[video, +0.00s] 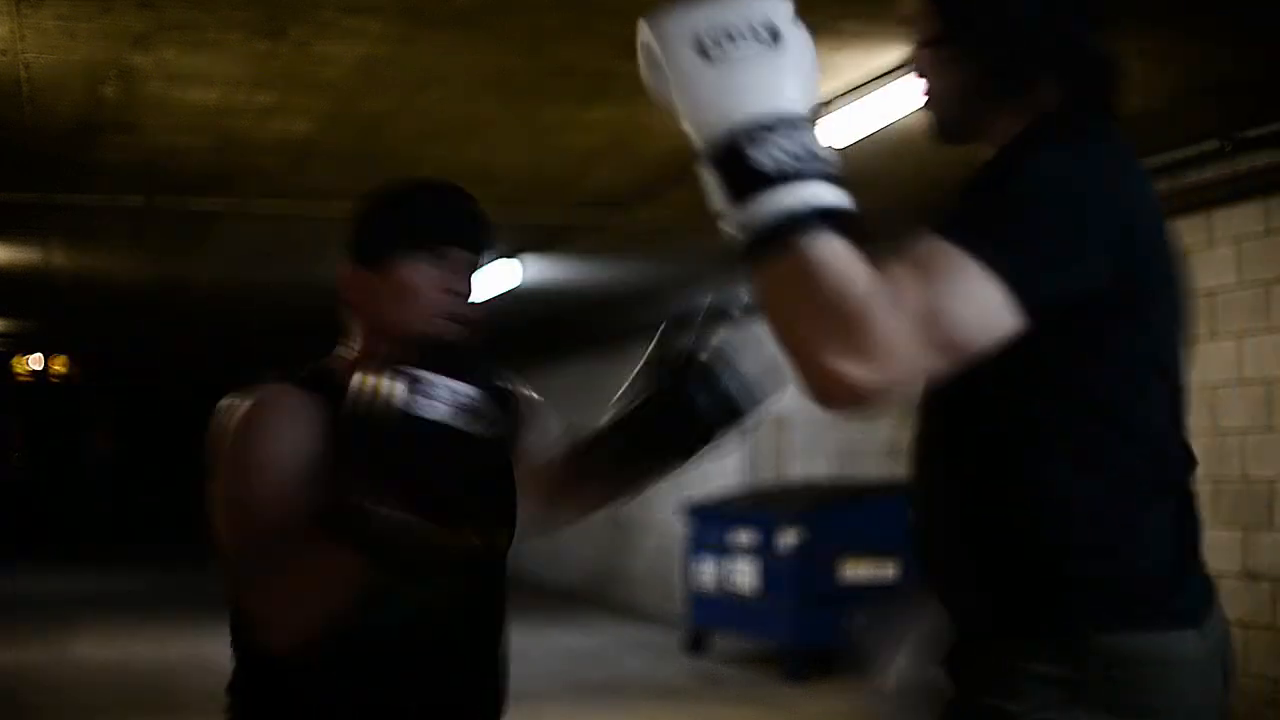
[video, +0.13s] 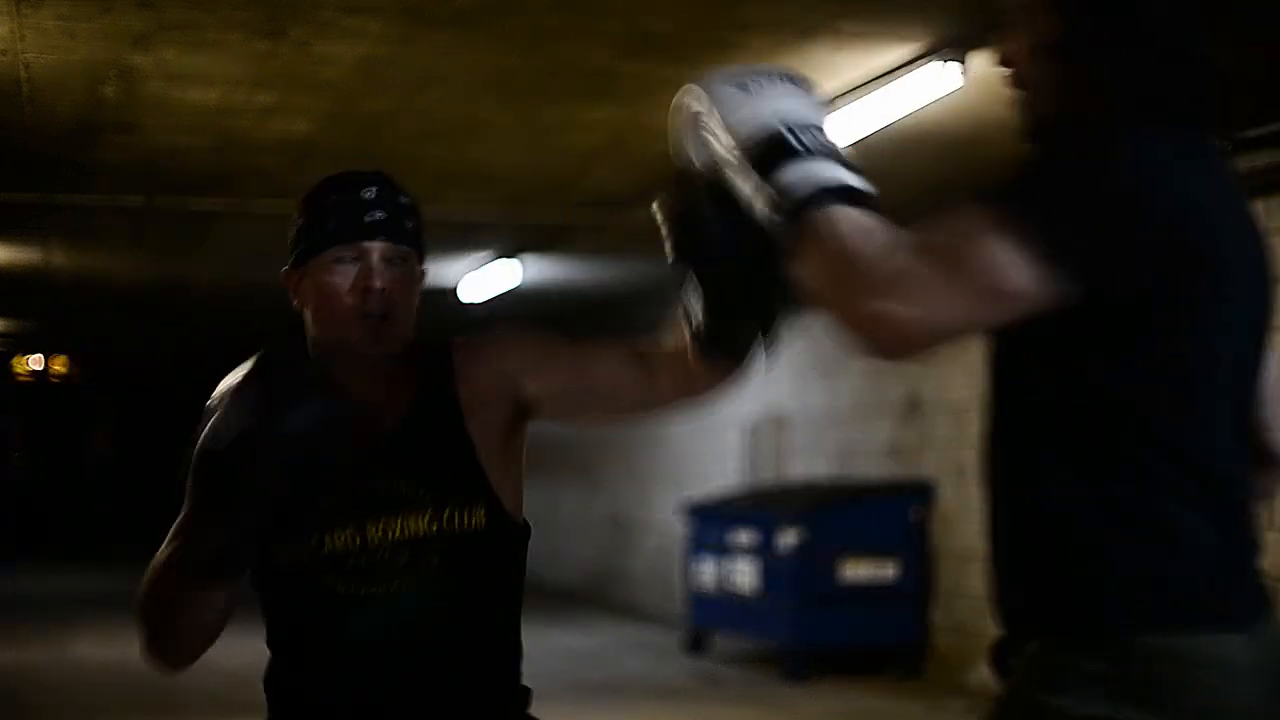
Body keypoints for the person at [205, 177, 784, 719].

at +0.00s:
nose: (461, 288)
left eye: (467, 270)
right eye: (437, 264)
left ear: (474, 285)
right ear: (363, 281)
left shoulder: (494, 413)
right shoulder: (280, 419)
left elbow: (543, 498)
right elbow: (274, 609)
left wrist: (674, 416)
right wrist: (387, 482)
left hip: (458, 709)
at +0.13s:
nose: (376, 283)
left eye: (397, 260)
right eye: (347, 262)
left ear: (421, 278)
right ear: (300, 285)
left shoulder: (489, 371)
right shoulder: (254, 410)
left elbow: (687, 368)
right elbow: (170, 645)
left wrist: (733, 270)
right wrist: (228, 487)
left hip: (481, 712)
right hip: (323, 719)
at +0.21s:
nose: (375, 304)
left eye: (390, 278)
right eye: (343, 283)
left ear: (411, 289)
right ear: (286, 305)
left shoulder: (492, 400)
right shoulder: (240, 456)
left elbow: (632, 452)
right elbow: (150, 665)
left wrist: (702, 438)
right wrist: (194, 532)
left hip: (479, 710)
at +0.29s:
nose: (373, 301)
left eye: (382, 276)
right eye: (339, 280)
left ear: (400, 288)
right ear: (271, 305)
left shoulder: (458, 415)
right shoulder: (205, 454)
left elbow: (546, 505)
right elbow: (116, 661)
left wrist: (626, 510)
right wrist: (192, 553)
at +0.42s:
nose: (352, 278)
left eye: (353, 254)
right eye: (320, 251)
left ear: (360, 262)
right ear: (234, 269)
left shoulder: (376, 397)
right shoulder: (143, 412)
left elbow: (431, 544)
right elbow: (116, 616)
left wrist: (487, 497)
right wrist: (232, 484)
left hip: (357, 708)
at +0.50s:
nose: (346, 248)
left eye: (345, 228)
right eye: (317, 225)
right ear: (230, 245)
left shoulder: (327, 378)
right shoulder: (133, 388)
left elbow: (414, 553)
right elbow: (140, 589)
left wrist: (443, 453)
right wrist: (260, 460)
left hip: (315, 697)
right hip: (174, 709)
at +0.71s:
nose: (368, 243)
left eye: (365, 219)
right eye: (340, 217)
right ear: (253, 234)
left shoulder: (292, 369)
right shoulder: (148, 367)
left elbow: (400, 560)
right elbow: (220, 592)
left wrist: (439, 423)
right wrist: (306, 430)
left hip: (244, 699)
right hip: (119, 709)